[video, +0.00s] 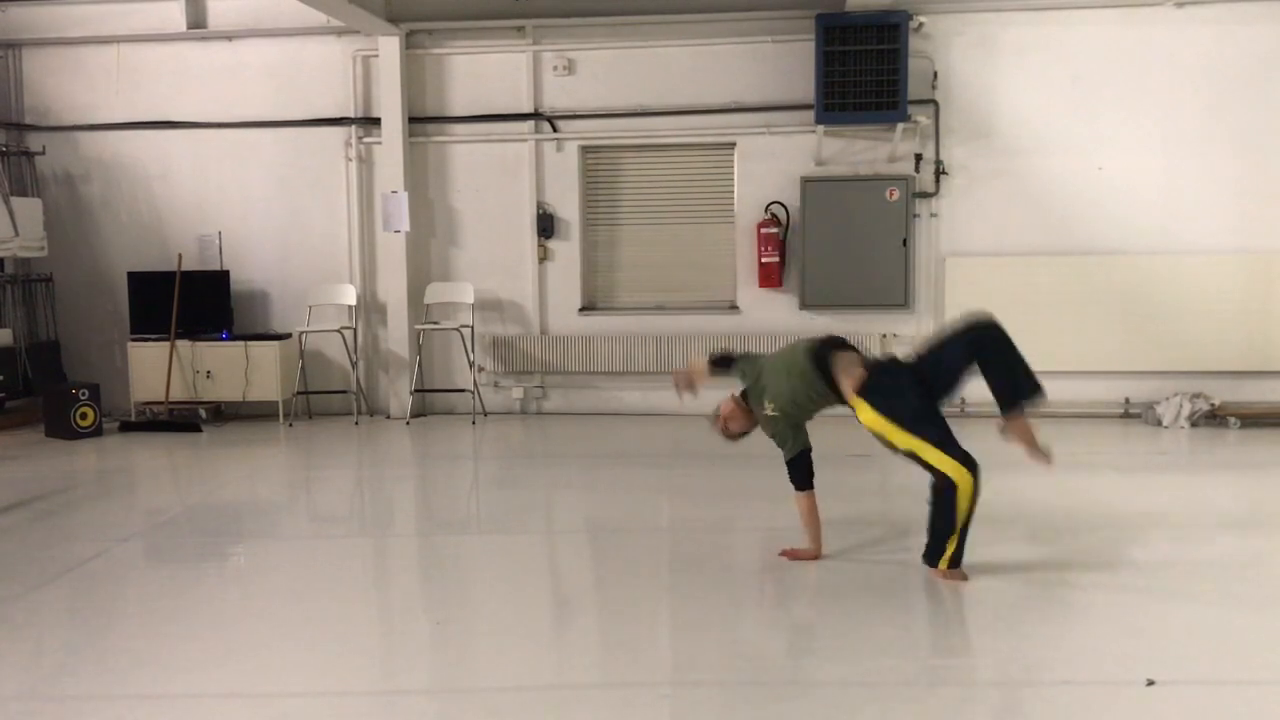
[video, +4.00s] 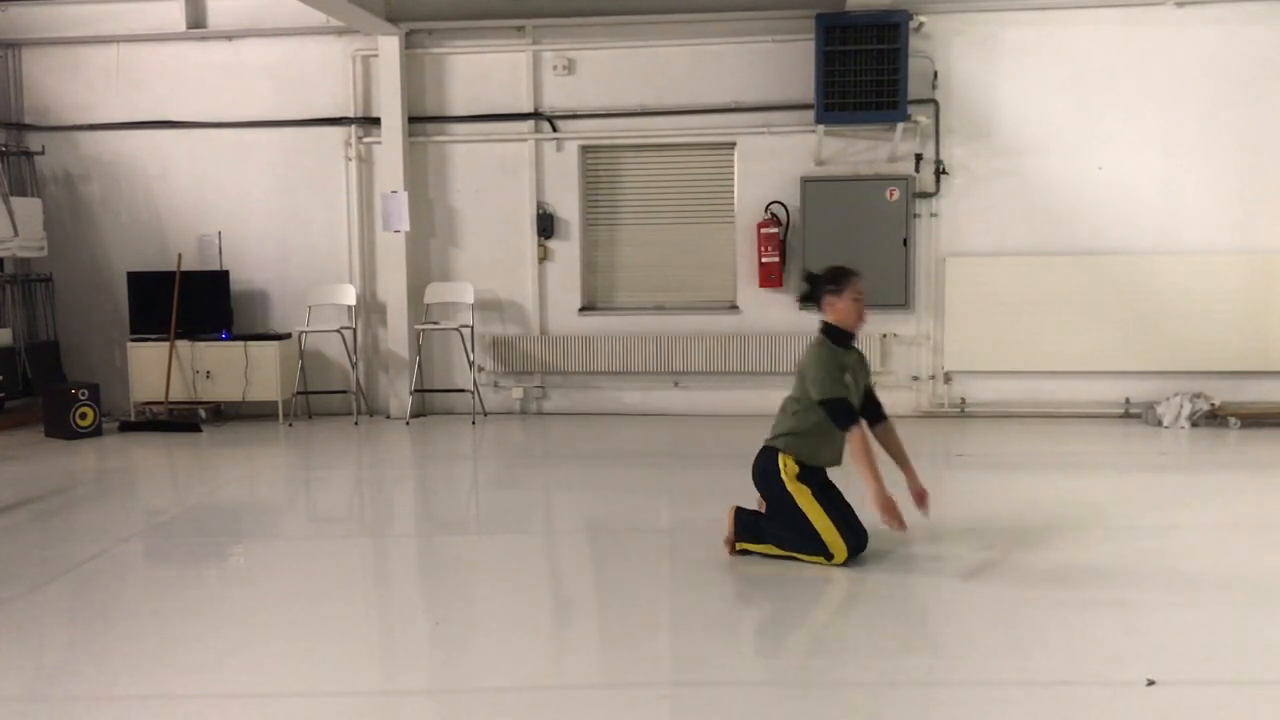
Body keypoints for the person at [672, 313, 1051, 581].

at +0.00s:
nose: (727, 415)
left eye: (723, 414)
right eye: (728, 424)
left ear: (730, 401)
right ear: (741, 425)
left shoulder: (756, 372)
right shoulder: (781, 420)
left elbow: (722, 358)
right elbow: (802, 484)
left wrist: (693, 370)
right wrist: (815, 547)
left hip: (901, 376)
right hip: (879, 402)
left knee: (982, 331)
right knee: (960, 472)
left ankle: (1016, 417)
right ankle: (941, 560)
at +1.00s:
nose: (1010, 411)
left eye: (1012, 403)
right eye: (1009, 401)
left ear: (985, 392)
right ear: (988, 392)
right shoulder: (968, 409)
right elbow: (1025, 440)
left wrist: (853, 507)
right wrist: (1050, 466)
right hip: (910, 510)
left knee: (998, 451)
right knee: (980, 463)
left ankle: (999, 537)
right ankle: (947, 557)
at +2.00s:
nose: (681, 484)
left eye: (689, 485)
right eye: (684, 480)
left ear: (703, 457)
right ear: (681, 461)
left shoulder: (691, 440)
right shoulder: (647, 447)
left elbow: (733, 461)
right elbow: (635, 496)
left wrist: (780, 468)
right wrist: (674, 534)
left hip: (631, 481)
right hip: (599, 490)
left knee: (687, 501)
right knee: (672, 514)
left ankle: (763, 522)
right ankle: (747, 531)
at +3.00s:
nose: (640, 383)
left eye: (640, 375)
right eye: (631, 380)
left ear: (643, 370)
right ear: (611, 383)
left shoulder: (656, 393)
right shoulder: (600, 416)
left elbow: (664, 441)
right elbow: (587, 468)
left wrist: (666, 496)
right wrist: (577, 516)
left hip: (695, 450)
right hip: (668, 470)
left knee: (788, 432)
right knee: (717, 454)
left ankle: (768, 512)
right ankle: (717, 530)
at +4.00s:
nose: (864, 307)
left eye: (863, 299)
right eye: (856, 298)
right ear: (829, 304)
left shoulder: (854, 359)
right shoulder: (821, 357)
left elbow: (878, 421)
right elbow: (852, 429)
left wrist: (911, 476)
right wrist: (879, 494)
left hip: (808, 468)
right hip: (781, 468)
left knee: (854, 541)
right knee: (839, 550)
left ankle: (775, 513)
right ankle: (745, 528)